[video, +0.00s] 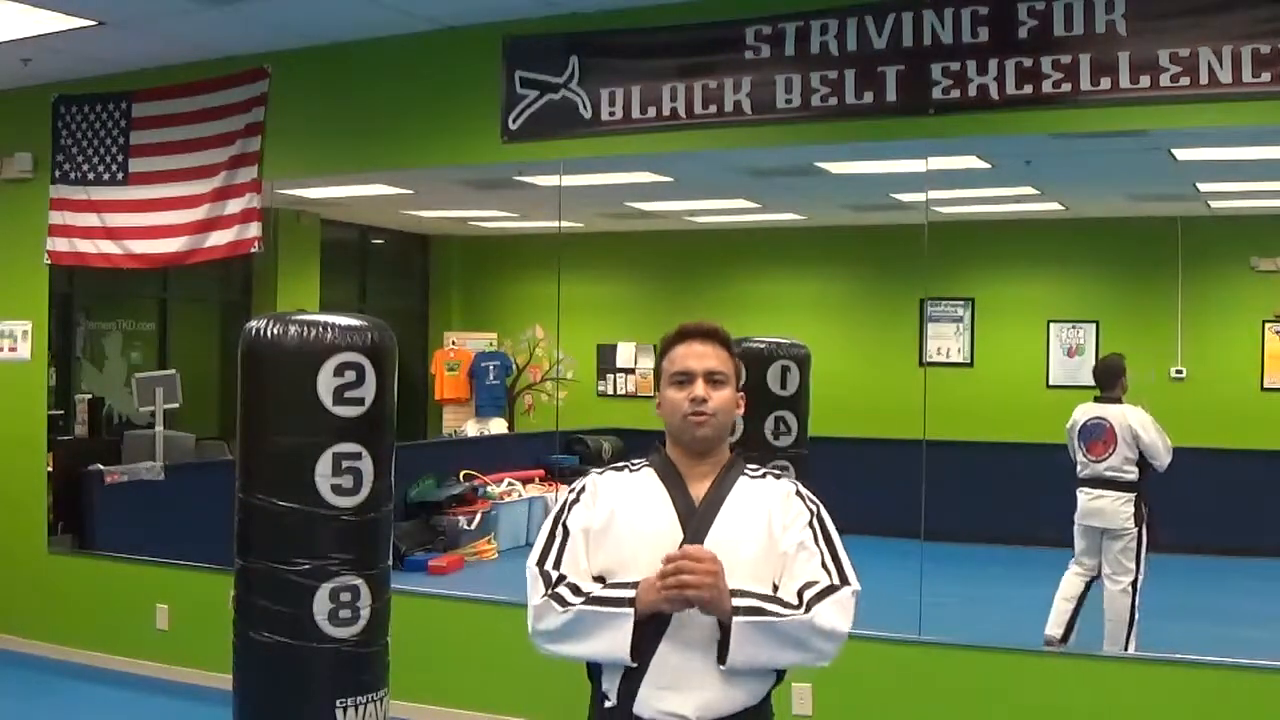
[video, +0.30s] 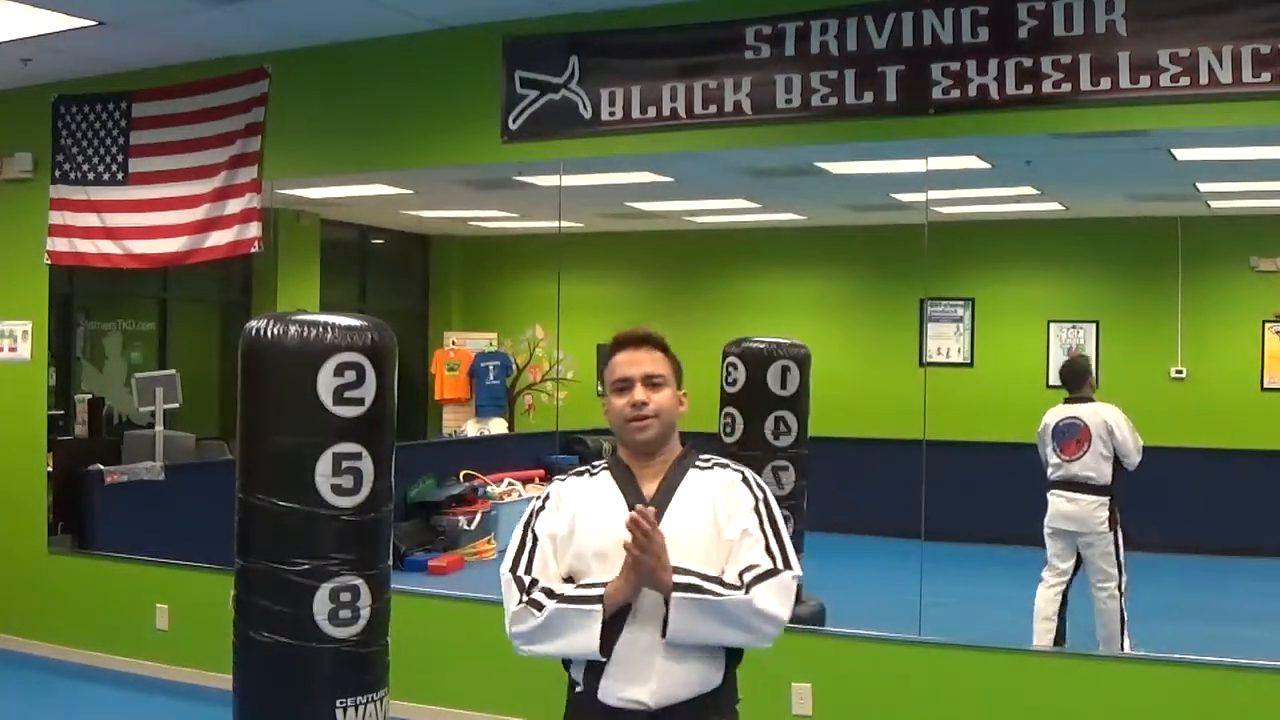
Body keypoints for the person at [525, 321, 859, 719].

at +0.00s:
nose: (699, 394)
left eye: (715, 381)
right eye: (681, 381)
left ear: (739, 403)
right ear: (659, 402)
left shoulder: (787, 503)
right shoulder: (595, 494)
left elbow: (826, 626)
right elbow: (548, 612)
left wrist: (730, 603)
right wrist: (642, 597)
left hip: (741, 709)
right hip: (624, 708)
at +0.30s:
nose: (639, 398)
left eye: (655, 384)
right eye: (623, 388)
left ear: (681, 401)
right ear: (605, 408)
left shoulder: (736, 488)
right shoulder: (563, 496)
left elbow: (767, 612)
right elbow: (524, 616)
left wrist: (670, 582)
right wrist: (614, 592)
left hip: (700, 707)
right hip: (597, 706)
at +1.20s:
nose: (681, 392)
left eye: (695, 379)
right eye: (666, 380)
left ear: (716, 393)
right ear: (645, 391)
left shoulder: (760, 476)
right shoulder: (599, 475)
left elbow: (791, 584)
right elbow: (564, 579)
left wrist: (717, 567)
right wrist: (658, 571)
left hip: (725, 696)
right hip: (630, 693)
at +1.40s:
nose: (712, 398)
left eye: (726, 386)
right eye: (698, 384)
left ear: (743, 398)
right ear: (674, 394)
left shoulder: (780, 479)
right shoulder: (623, 472)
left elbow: (808, 588)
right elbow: (587, 575)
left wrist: (736, 568)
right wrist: (679, 567)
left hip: (739, 694)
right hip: (643, 690)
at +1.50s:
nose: (736, 400)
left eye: (745, 387)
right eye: (719, 386)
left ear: (753, 392)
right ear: (682, 394)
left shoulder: (784, 476)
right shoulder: (628, 471)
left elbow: (814, 582)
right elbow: (594, 576)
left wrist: (739, 563)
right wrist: (685, 560)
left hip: (744, 692)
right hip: (649, 691)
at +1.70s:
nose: (752, 400)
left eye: (755, 388)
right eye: (734, 387)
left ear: (761, 391)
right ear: (691, 399)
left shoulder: (787, 475)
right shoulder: (631, 472)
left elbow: (817, 579)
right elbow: (602, 578)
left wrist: (740, 561)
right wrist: (692, 552)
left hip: (751, 692)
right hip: (658, 691)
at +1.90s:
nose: (730, 402)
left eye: (738, 387)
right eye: (711, 390)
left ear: (750, 393)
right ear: (680, 403)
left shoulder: (789, 474)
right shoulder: (630, 472)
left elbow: (818, 581)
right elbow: (601, 578)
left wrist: (743, 558)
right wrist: (691, 553)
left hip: (753, 693)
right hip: (659, 693)